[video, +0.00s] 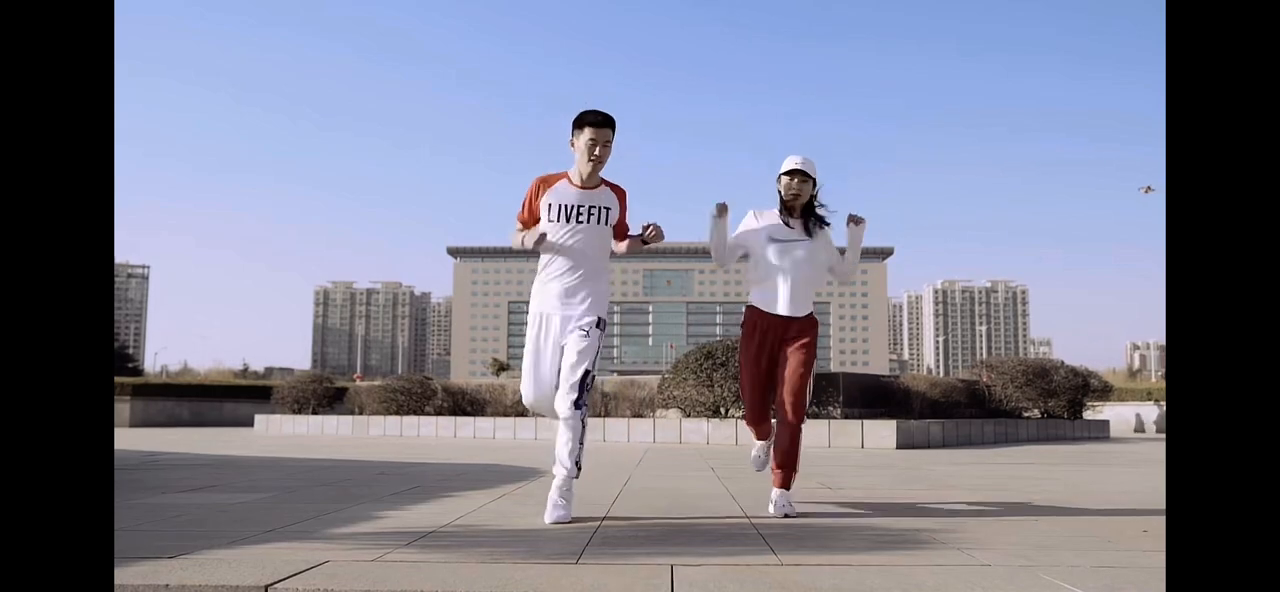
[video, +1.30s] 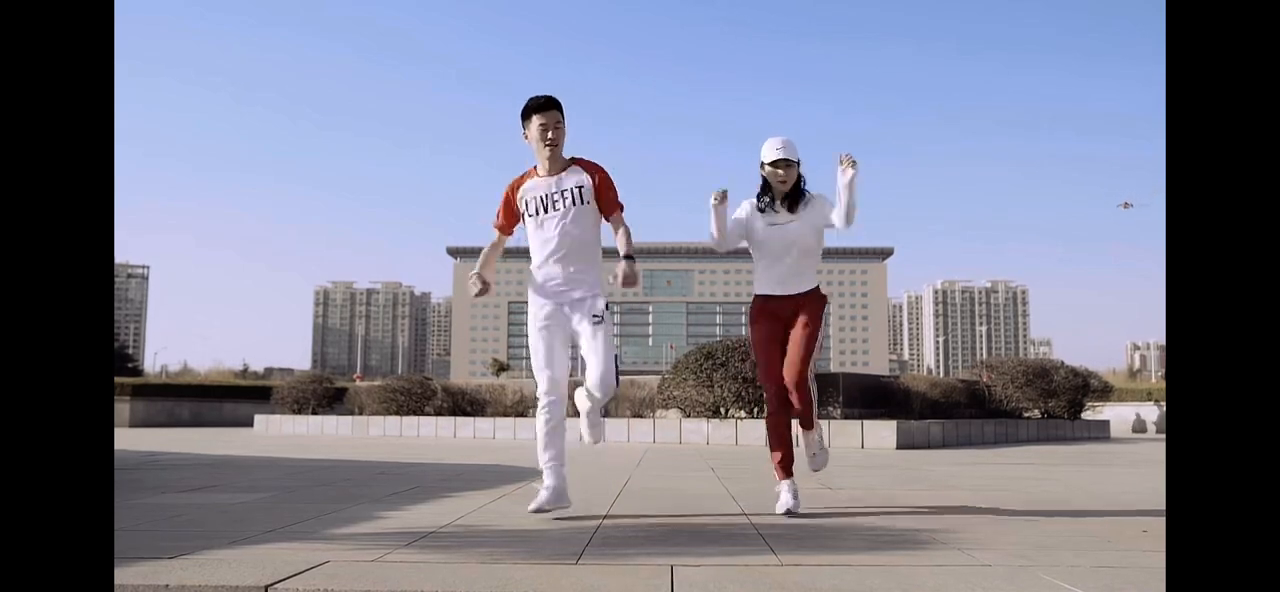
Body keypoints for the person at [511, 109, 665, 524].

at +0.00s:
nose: (597, 151)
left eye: (605, 145)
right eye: (591, 143)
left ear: (611, 150)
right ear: (574, 143)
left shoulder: (615, 196)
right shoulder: (543, 188)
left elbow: (618, 245)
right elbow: (519, 240)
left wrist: (642, 240)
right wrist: (533, 235)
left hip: (589, 308)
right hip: (546, 307)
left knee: (571, 399)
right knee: (536, 397)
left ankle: (562, 487)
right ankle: (575, 415)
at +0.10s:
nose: (584, 140)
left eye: (591, 133)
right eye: (577, 133)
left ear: (599, 137)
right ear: (562, 134)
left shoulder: (616, 185)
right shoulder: (543, 184)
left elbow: (641, 240)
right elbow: (535, 240)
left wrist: (625, 252)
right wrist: (523, 292)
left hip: (592, 288)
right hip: (549, 283)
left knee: (582, 389)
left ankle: (582, 477)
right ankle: (553, 393)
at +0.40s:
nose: (577, 138)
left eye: (583, 131)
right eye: (568, 132)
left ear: (591, 135)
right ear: (553, 138)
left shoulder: (609, 181)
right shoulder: (544, 188)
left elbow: (635, 229)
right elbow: (542, 241)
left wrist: (617, 249)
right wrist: (526, 290)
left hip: (595, 296)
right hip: (553, 292)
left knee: (591, 386)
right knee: (542, 353)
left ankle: (589, 472)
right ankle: (553, 449)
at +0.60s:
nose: (571, 159)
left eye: (576, 152)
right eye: (563, 153)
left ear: (584, 155)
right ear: (547, 158)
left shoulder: (601, 200)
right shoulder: (540, 209)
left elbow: (638, 247)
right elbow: (533, 260)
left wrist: (644, 294)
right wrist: (496, 282)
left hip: (593, 320)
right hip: (551, 319)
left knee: (594, 409)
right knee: (552, 405)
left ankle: (598, 487)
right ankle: (565, 490)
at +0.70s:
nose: (568, 142)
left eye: (574, 136)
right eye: (559, 136)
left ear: (582, 140)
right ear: (545, 143)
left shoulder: (605, 188)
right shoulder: (533, 189)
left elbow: (625, 235)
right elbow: (500, 246)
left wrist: (633, 281)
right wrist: (498, 227)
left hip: (592, 292)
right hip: (551, 295)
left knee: (583, 340)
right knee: (561, 390)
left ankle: (592, 415)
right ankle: (569, 477)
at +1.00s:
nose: (558, 130)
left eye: (564, 123)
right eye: (550, 124)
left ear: (572, 128)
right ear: (534, 131)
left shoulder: (594, 175)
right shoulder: (520, 182)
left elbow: (614, 225)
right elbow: (495, 226)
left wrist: (619, 228)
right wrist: (493, 235)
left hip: (589, 290)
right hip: (544, 294)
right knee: (548, 386)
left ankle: (609, 432)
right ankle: (565, 473)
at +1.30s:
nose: (551, 133)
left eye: (557, 126)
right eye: (542, 128)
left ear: (565, 130)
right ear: (527, 136)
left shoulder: (591, 174)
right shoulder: (519, 189)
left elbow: (617, 222)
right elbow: (498, 239)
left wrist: (626, 257)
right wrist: (481, 270)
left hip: (589, 295)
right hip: (544, 300)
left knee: (604, 384)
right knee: (549, 396)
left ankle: (588, 406)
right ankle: (553, 487)